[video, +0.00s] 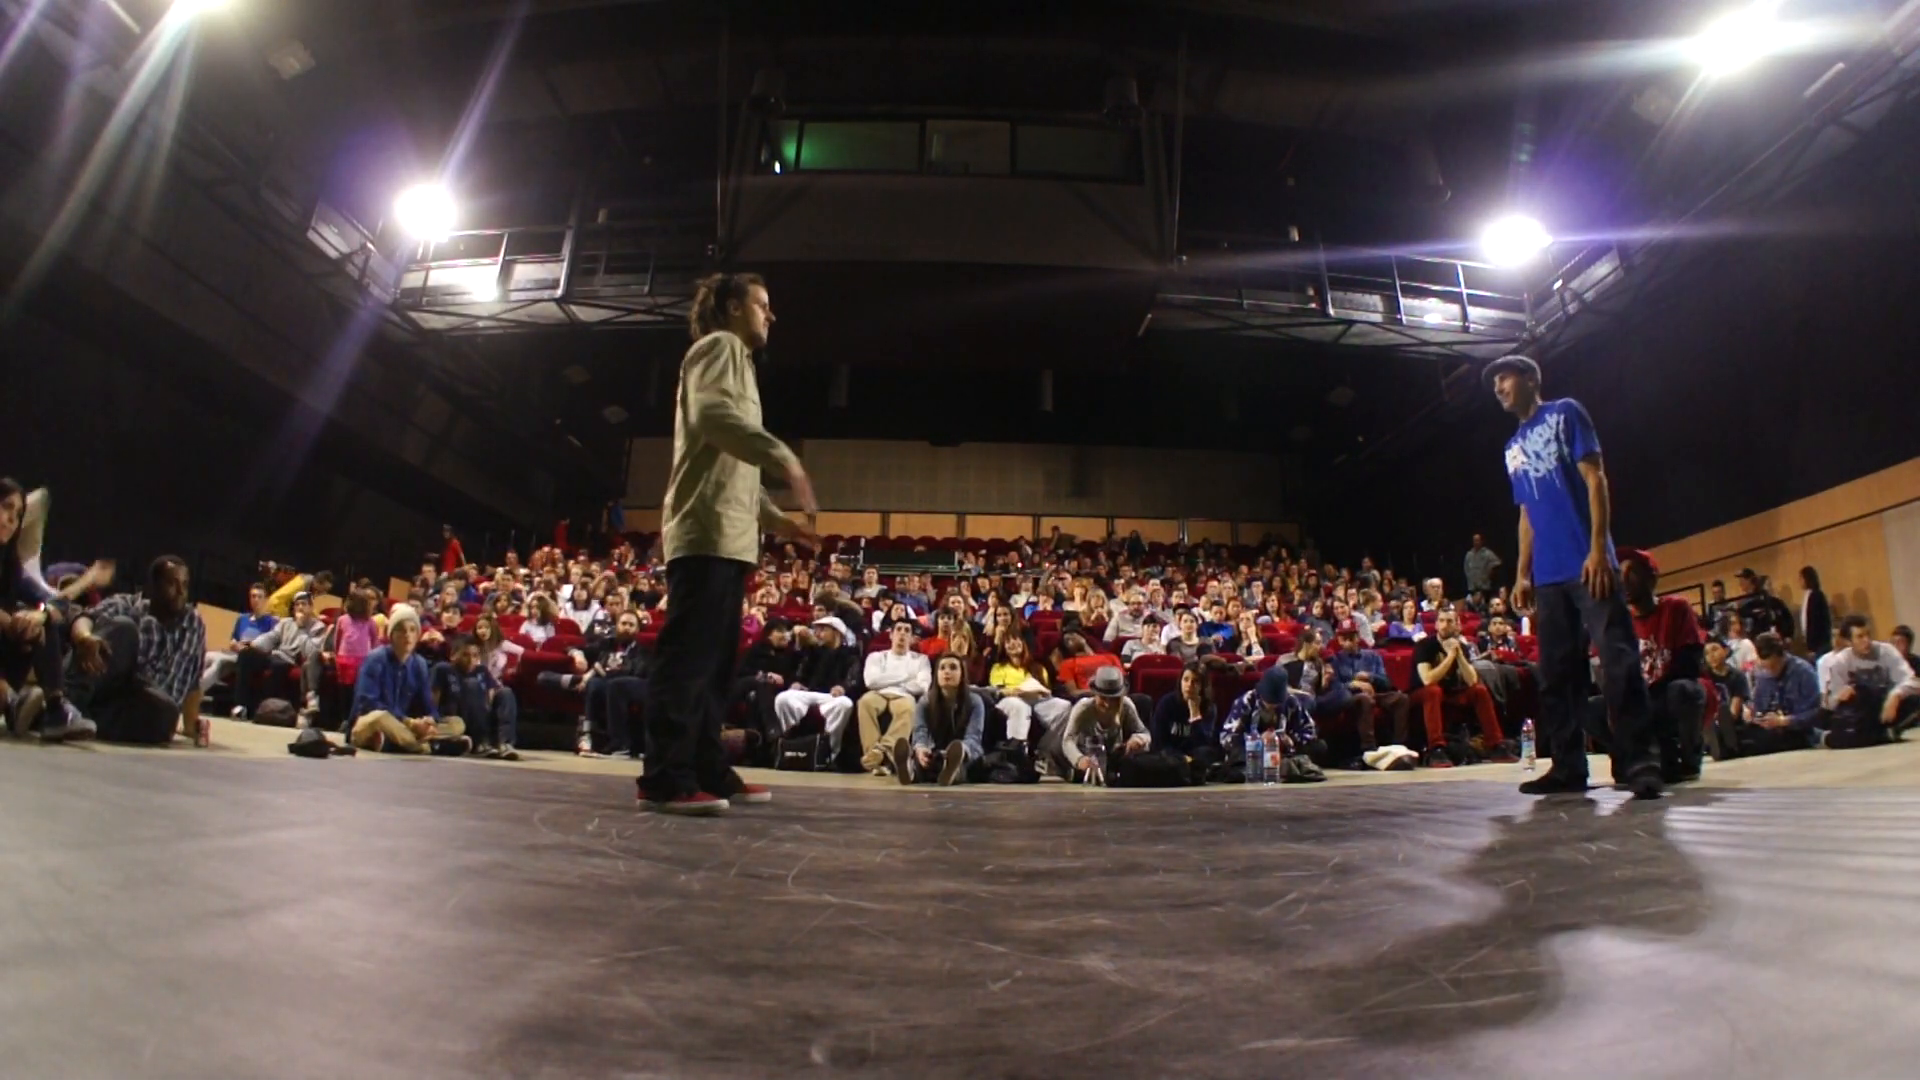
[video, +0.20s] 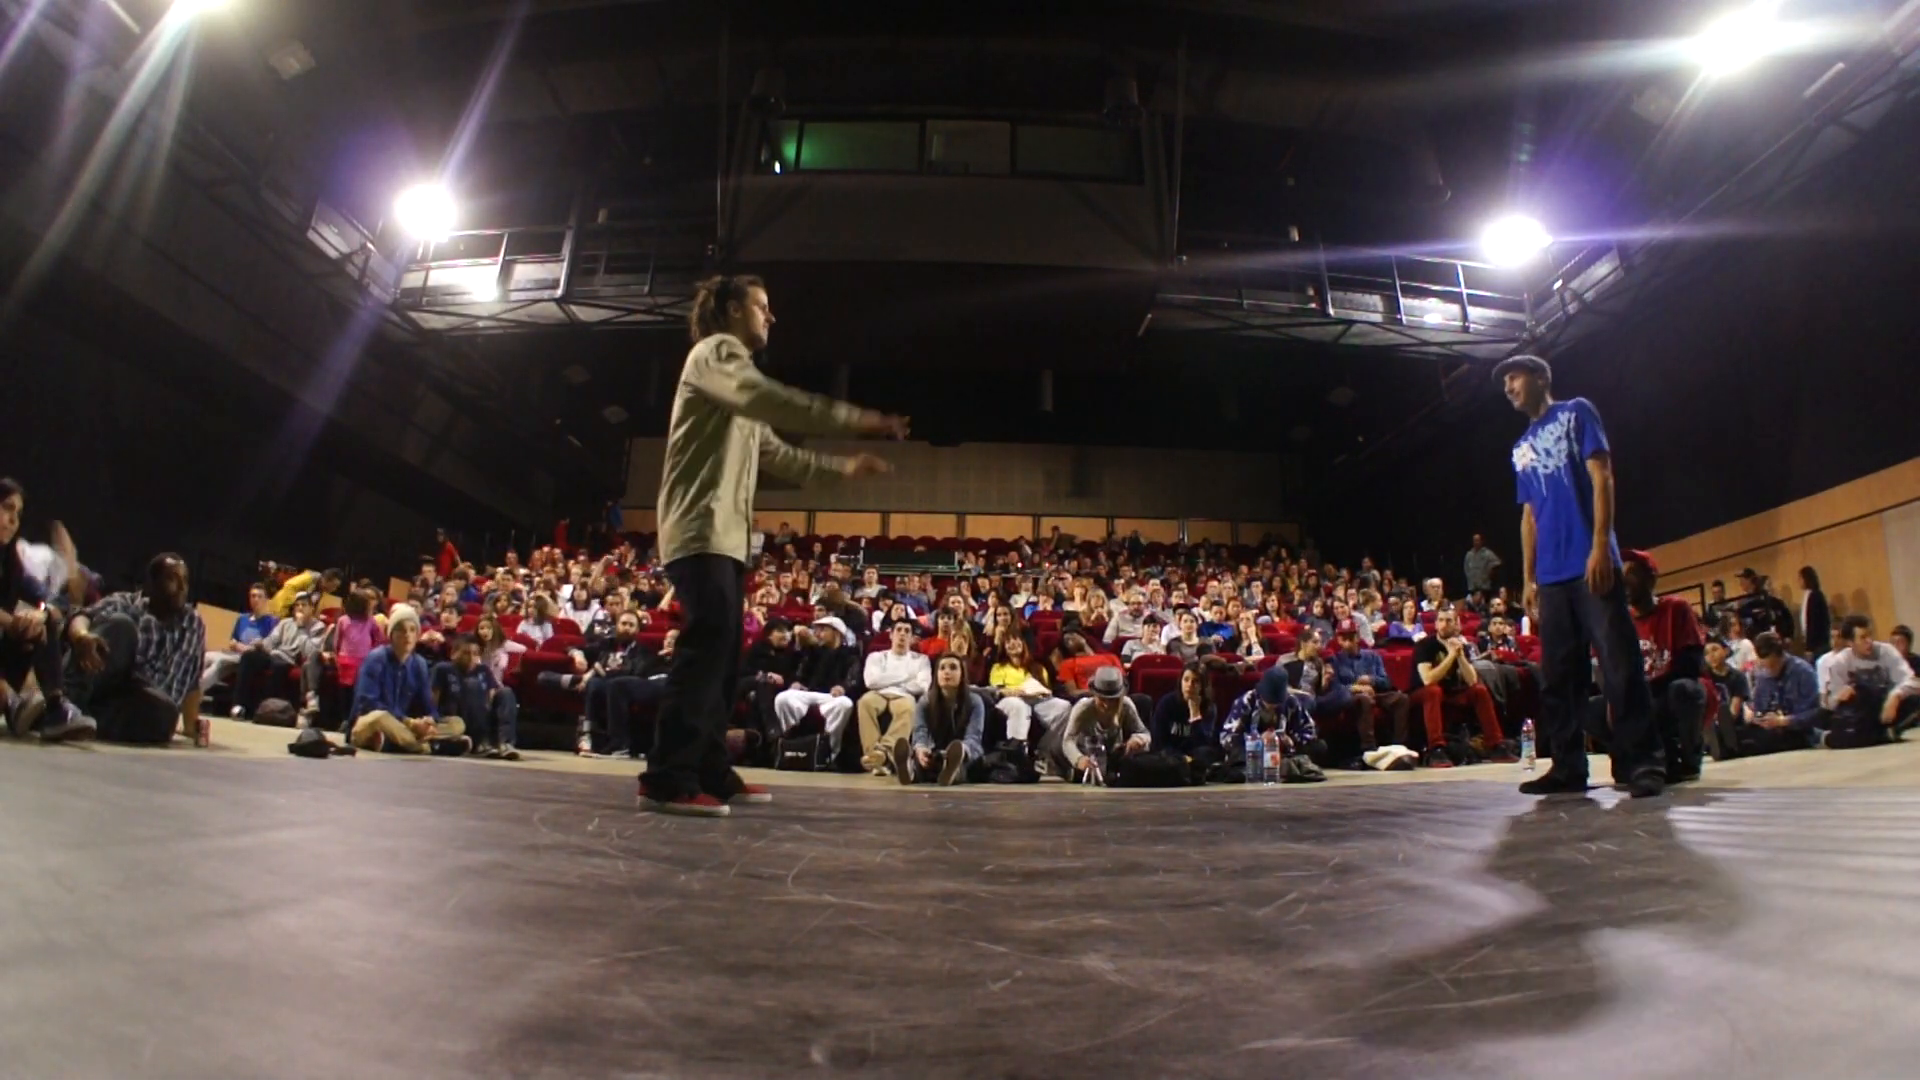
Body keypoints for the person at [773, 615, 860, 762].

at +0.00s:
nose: (819, 634)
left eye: (824, 630)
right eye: (818, 630)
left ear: (836, 633)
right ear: (817, 632)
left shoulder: (849, 653)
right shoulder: (813, 651)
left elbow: (853, 678)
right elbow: (802, 672)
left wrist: (843, 687)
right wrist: (798, 683)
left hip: (831, 694)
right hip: (808, 691)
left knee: (844, 704)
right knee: (783, 700)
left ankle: (831, 753)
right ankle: (792, 746)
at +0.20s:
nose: (819, 634)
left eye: (824, 630)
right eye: (818, 630)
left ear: (836, 633)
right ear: (817, 632)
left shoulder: (849, 653)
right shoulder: (813, 651)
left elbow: (853, 678)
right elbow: (801, 672)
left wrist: (842, 687)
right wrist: (797, 683)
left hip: (831, 694)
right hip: (807, 691)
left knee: (844, 704)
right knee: (783, 699)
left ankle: (831, 753)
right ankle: (792, 746)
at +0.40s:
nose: (819, 634)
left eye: (824, 630)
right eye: (819, 630)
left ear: (836, 633)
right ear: (817, 632)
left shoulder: (849, 653)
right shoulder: (813, 651)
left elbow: (853, 678)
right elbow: (802, 672)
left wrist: (843, 687)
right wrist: (798, 683)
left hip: (831, 694)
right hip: (808, 691)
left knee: (844, 704)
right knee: (783, 699)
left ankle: (830, 753)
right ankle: (792, 746)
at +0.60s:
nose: (818, 634)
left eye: (822, 630)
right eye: (817, 630)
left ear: (836, 633)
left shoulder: (850, 653)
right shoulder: (813, 651)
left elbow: (853, 679)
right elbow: (802, 672)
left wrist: (843, 687)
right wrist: (798, 683)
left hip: (832, 693)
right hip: (808, 691)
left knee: (844, 704)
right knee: (783, 699)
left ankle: (830, 753)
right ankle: (792, 747)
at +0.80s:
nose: (818, 634)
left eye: (822, 630)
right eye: (817, 630)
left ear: (835, 633)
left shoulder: (849, 653)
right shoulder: (812, 651)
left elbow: (853, 679)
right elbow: (801, 672)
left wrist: (843, 688)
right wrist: (798, 682)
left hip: (831, 694)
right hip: (807, 691)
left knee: (844, 704)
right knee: (783, 699)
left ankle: (830, 753)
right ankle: (793, 746)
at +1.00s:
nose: (817, 634)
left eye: (822, 630)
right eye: (817, 630)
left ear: (835, 633)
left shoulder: (849, 653)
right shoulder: (813, 651)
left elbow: (853, 679)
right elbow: (801, 673)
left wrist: (843, 687)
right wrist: (797, 683)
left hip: (831, 694)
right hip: (808, 691)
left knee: (844, 705)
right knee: (783, 699)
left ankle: (830, 754)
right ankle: (792, 747)